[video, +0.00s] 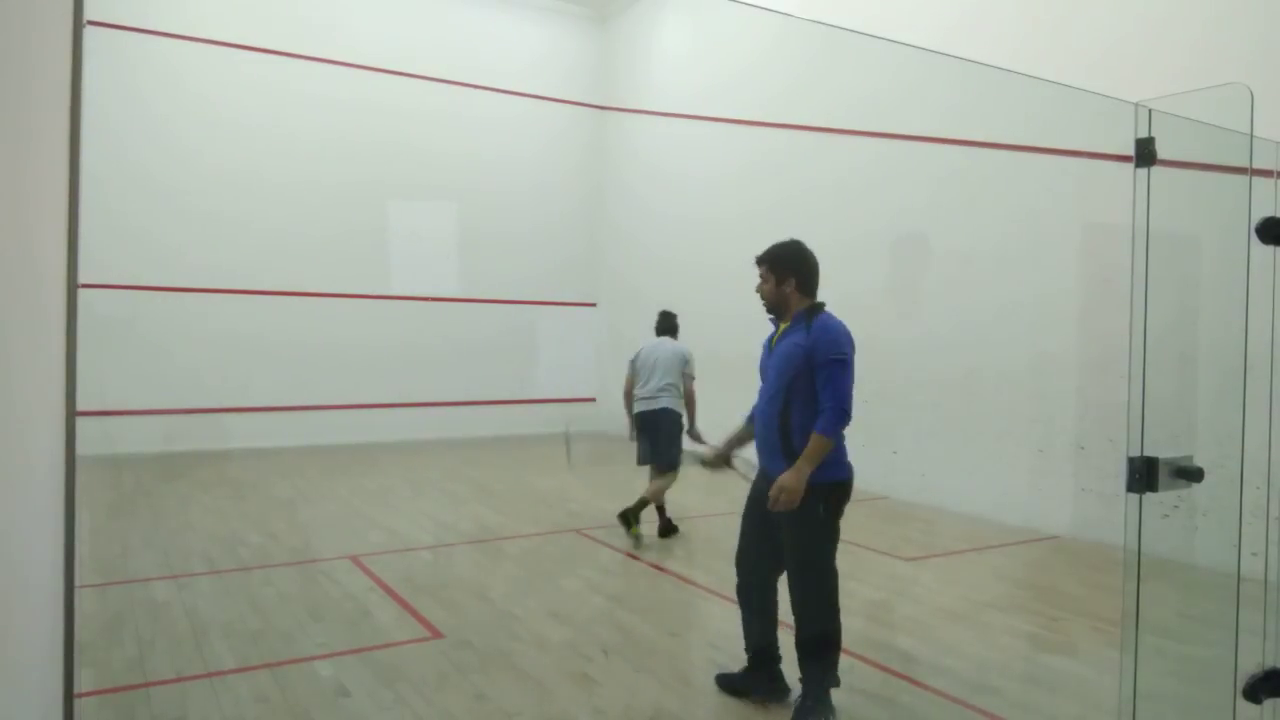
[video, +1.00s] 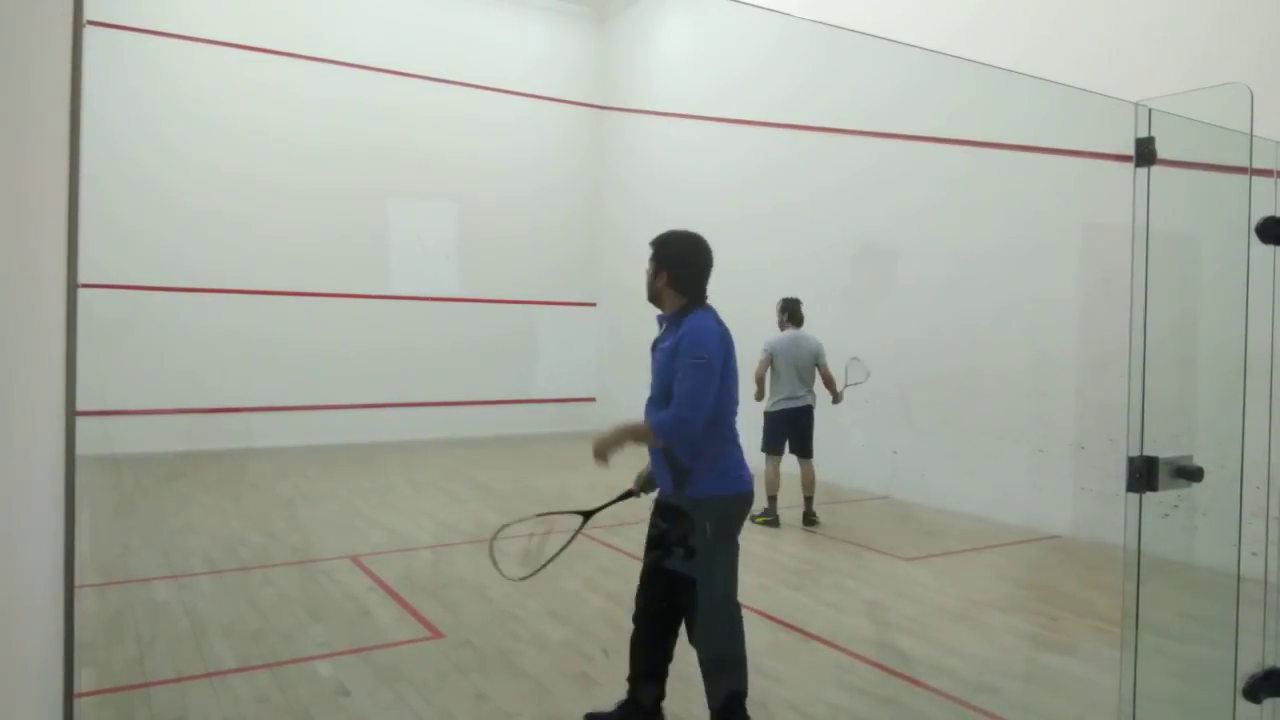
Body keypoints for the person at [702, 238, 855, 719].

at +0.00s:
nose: (758, 289)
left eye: (764, 279)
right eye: (759, 280)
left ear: (790, 282)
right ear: (787, 283)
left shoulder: (829, 336)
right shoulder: (777, 337)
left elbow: (836, 414)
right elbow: (769, 404)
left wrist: (800, 471)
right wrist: (729, 445)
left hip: (815, 483)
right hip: (772, 477)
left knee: (812, 585)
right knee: (753, 571)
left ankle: (816, 691)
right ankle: (763, 671)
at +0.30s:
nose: (720, 289)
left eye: (725, 280)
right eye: (721, 280)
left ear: (748, 284)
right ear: (750, 284)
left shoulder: (793, 336)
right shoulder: (744, 338)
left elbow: (820, 419)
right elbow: (747, 419)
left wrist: (821, 494)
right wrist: (738, 484)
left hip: (792, 495)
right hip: (751, 493)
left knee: (804, 600)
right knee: (735, 595)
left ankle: (816, 696)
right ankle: (713, 690)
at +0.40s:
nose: (697, 285)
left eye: (700, 277)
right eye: (699, 276)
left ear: (714, 282)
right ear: (730, 283)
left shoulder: (764, 334)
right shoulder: (713, 337)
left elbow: (766, 417)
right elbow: (703, 406)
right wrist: (669, 453)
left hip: (756, 486)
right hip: (717, 483)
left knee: (752, 596)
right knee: (713, 596)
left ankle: (808, 681)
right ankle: (709, 696)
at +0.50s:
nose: (682, 283)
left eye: (688, 274)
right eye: (684, 274)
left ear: (706, 278)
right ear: (711, 279)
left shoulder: (746, 327)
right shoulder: (694, 334)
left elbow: (743, 402)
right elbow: (684, 402)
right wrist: (633, 436)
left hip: (741, 483)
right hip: (703, 480)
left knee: (715, 591)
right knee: (701, 590)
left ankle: (774, 694)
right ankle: (709, 697)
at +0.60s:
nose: (671, 284)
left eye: (676, 275)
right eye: (671, 275)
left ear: (700, 277)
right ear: (701, 278)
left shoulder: (738, 327)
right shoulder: (700, 327)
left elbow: (692, 382)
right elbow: (679, 397)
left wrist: (667, 328)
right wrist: (642, 444)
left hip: (729, 487)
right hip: (697, 482)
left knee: (712, 596)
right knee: (694, 592)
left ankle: (721, 703)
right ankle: (708, 695)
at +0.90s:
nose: (661, 268)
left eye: (671, 262)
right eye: (665, 260)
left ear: (697, 276)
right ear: (696, 277)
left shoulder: (717, 328)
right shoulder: (692, 327)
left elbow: (638, 373)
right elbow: (701, 415)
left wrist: (636, 338)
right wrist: (676, 478)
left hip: (718, 492)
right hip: (683, 487)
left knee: (714, 598)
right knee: (653, 579)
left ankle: (728, 706)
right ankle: (689, 685)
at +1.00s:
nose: (646, 275)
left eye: (651, 267)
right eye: (649, 266)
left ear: (667, 276)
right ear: (685, 277)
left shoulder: (701, 332)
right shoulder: (674, 331)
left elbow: (687, 420)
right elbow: (674, 413)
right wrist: (654, 468)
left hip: (713, 493)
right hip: (678, 488)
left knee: (712, 614)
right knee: (656, 604)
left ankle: (730, 710)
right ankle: (642, 704)